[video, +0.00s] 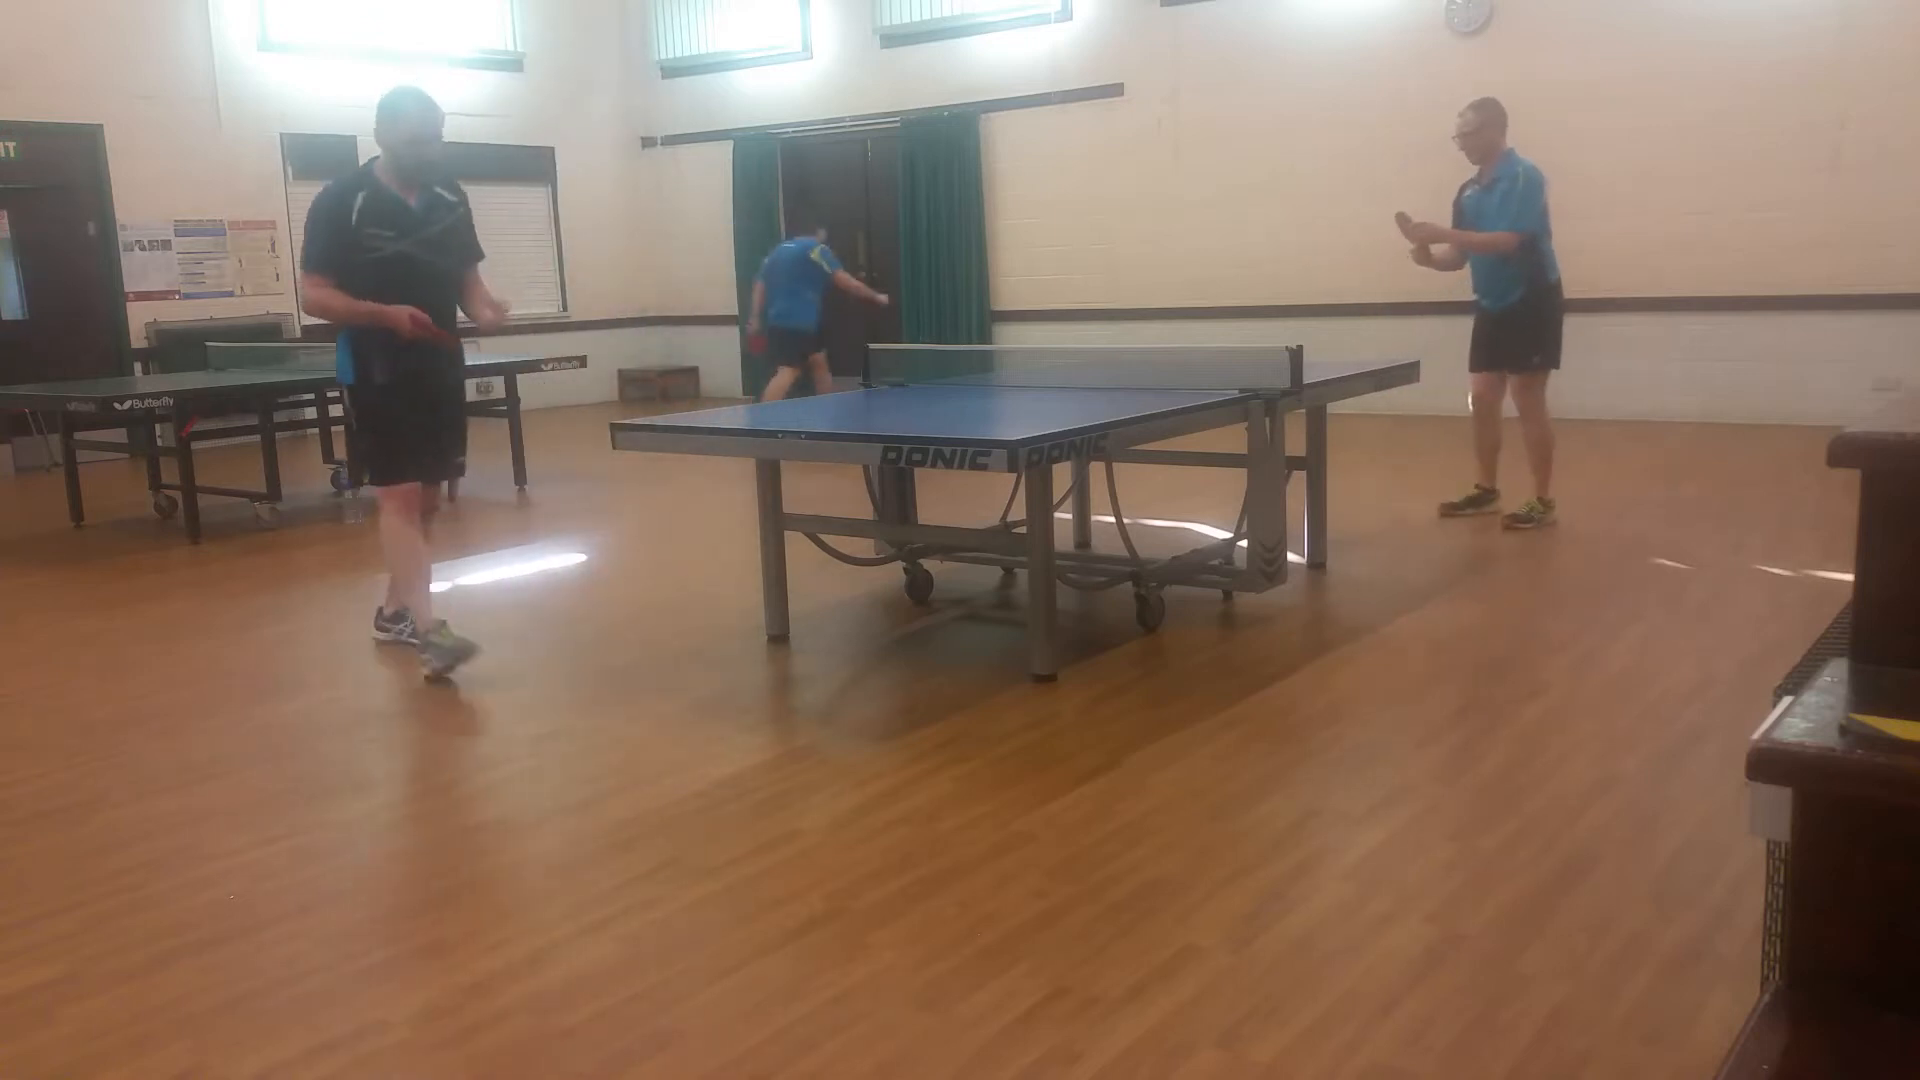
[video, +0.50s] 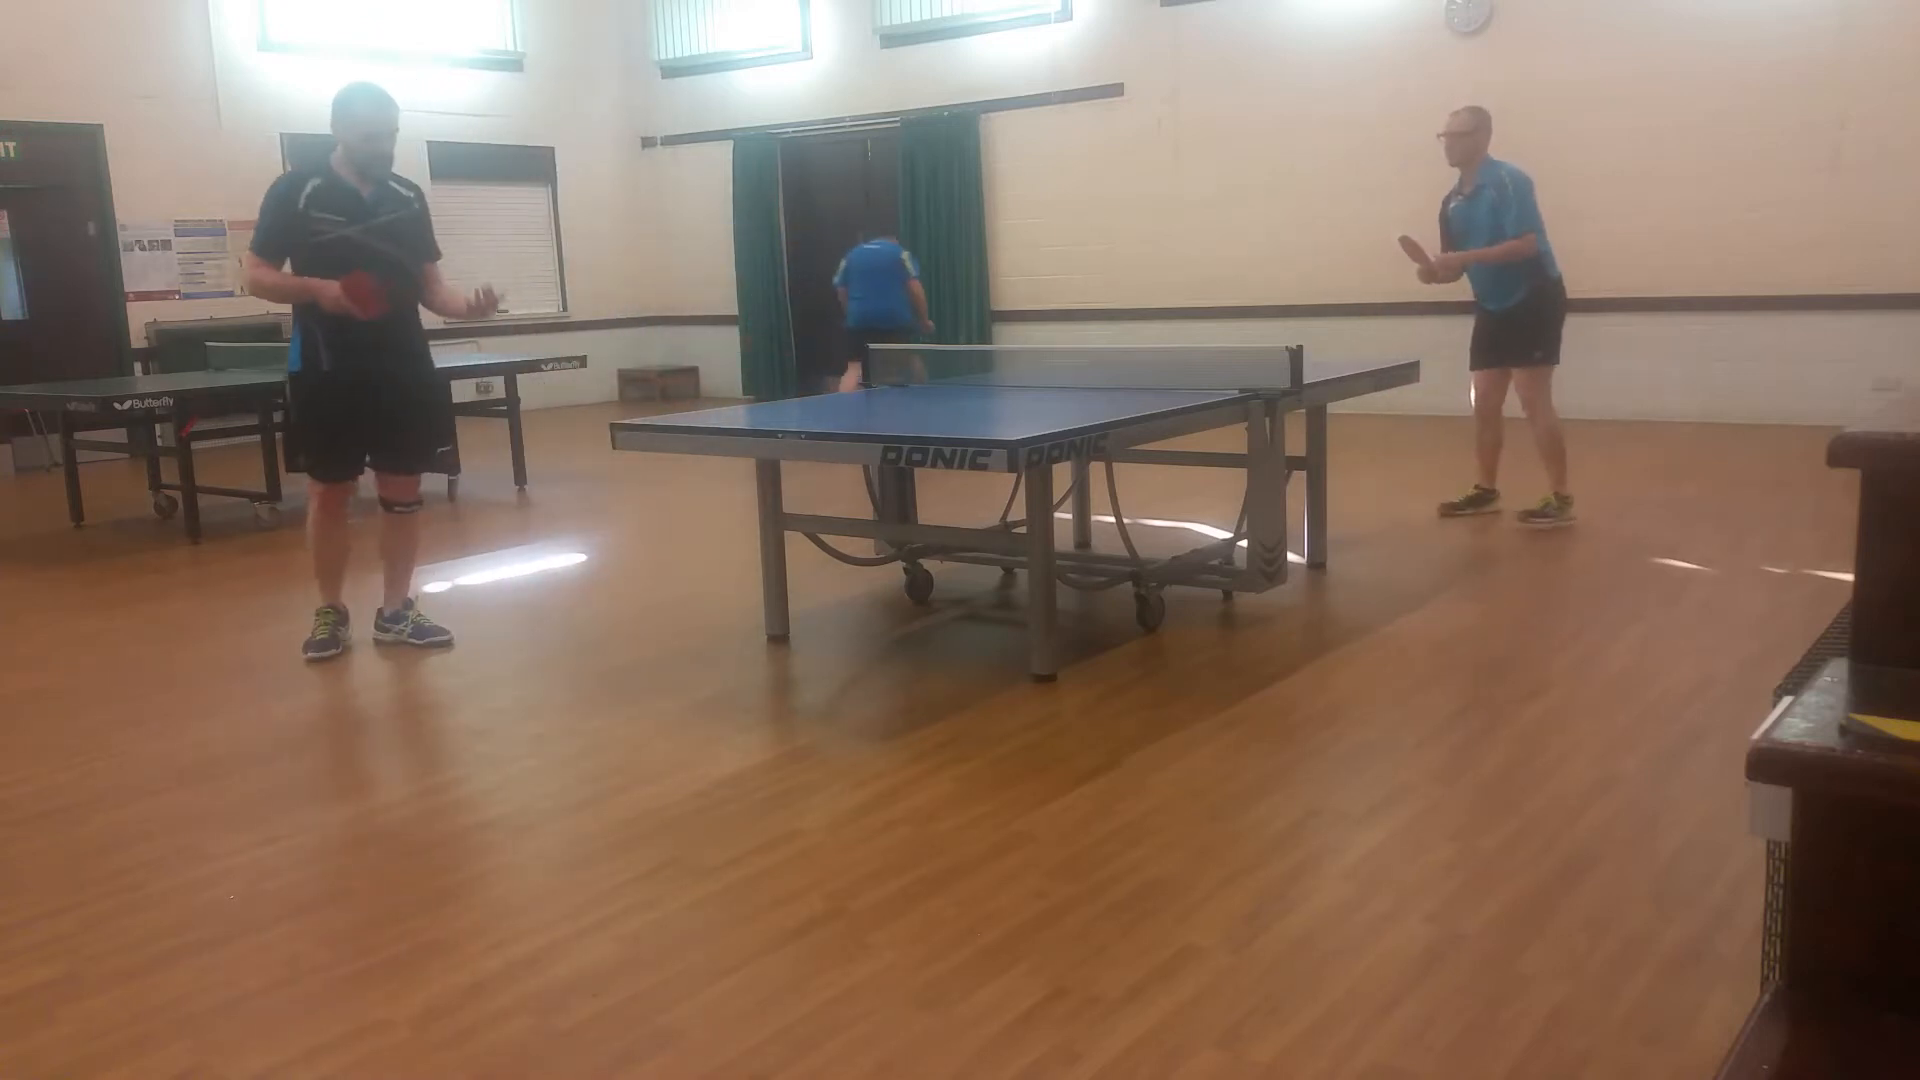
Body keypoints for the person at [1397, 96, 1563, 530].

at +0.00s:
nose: (1459, 143)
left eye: (1466, 134)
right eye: (1457, 135)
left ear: (1493, 131)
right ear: (1470, 137)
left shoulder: (1525, 177)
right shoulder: (1467, 192)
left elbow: (1511, 241)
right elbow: (1458, 256)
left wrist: (1443, 234)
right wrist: (1429, 257)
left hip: (1533, 300)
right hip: (1492, 303)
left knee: (1528, 397)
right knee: (1483, 396)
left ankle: (1543, 501)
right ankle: (1486, 490)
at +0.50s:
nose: (1444, 144)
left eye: (1452, 137)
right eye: (1443, 137)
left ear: (1479, 138)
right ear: (1454, 141)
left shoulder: (1512, 181)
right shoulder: (1451, 203)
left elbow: (1529, 245)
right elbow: (1457, 268)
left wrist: (1462, 260)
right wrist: (1433, 272)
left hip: (1535, 297)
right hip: (1492, 304)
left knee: (1535, 398)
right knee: (1485, 399)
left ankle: (1561, 498)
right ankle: (1485, 490)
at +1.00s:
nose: (1457, 162)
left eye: (1465, 154)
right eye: (1456, 155)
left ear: (1494, 152)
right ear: (1463, 156)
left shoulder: (1529, 194)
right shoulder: (1474, 210)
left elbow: (1565, 257)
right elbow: (1477, 273)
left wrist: (1516, 297)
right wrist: (1440, 268)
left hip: (1562, 303)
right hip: (1520, 308)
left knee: (1543, 408)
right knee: (1502, 404)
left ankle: (1560, 512)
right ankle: (1485, 489)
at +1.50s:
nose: (1428, 184)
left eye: (1436, 177)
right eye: (1427, 177)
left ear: (1462, 176)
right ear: (1437, 179)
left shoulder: (1503, 215)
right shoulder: (1441, 229)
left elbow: (1550, 267)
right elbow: (1430, 293)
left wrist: (1523, 321)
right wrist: (1409, 285)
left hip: (1539, 314)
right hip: (1495, 318)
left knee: (1536, 409)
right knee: (1468, 404)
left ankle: (1558, 509)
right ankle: (1476, 485)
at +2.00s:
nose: (1425, 182)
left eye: (1433, 174)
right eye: (1424, 175)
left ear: (1461, 173)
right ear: (1428, 177)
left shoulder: (1499, 211)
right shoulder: (1435, 227)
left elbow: (1539, 269)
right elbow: (1414, 286)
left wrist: (1502, 324)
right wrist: (1396, 272)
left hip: (1539, 305)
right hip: (1495, 311)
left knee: (1522, 404)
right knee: (1476, 402)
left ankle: (1536, 504)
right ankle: (1476, 486)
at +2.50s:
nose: (1428, 181)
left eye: (1436, 174)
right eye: (1427, 174)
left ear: (1464, 174)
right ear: (1432, 176)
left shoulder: (1502, 211)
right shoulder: (1437, 224)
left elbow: (1543, 272)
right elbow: (1416, 285)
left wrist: (1516, 327)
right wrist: (1400, 273)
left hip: (1538, 307)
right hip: (1493, 313)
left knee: (1521, 403)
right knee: (1476, 403)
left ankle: (1536, 504)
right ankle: (1477, 486)